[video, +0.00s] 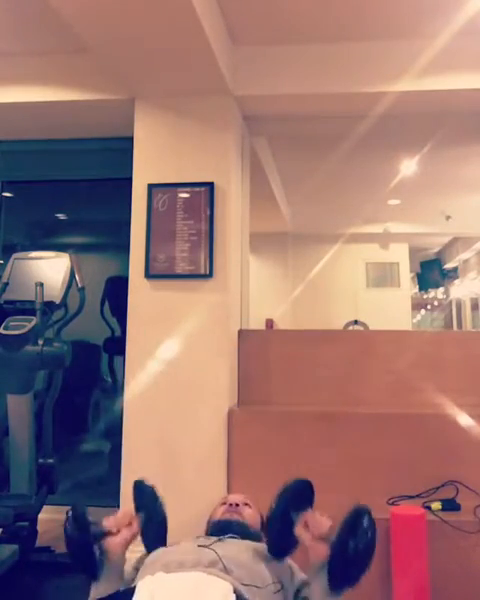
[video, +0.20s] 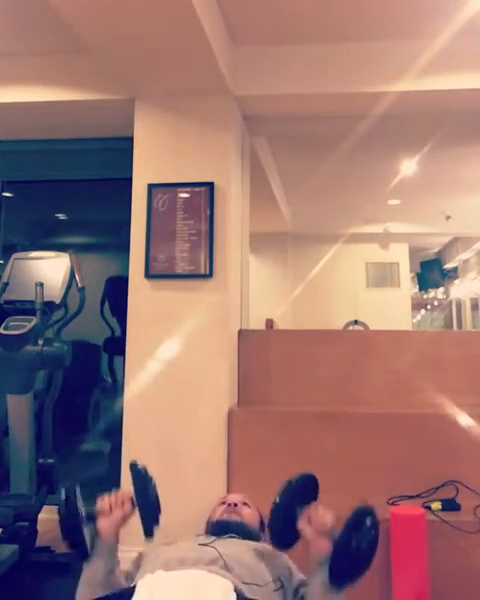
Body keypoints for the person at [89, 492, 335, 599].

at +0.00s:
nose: (233, 504)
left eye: (246, 505)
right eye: (225, 503)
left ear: (261, 525)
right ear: (208, 522)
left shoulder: (272, 555)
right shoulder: (158, 554)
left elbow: (309, 595)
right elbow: (109, 595)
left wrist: (324, 567)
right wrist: (111, 560)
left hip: (220, 589)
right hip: (150, 589)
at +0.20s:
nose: (233, 503)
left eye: (245, 504)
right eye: (224, 503)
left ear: (260, 527)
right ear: (207, 522)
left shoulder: (270, 555)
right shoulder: (156, 551)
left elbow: (310, 595)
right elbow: (94, 595)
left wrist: (322, 554)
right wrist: (106, 538)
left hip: (220, 589)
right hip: (153, 590)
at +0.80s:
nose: (233, 520)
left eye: (246, 520)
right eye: (225, 517)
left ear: (261, 531)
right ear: (210, 525)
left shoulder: (279, 562)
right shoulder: (159, 538)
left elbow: (292, 495)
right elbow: (152, 470)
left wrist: (272, 396)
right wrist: (158, 385)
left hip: (224, 589)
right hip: (150, 588)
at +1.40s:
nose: (229, 503)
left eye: (241, 503)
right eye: (219, 502)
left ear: (256, 526)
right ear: (202, 522)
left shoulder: (271, 555)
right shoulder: (156, 550)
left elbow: (308, 594)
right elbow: (106, 593)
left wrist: (322, 557)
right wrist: (102, 558)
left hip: (221, 588)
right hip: (152, 587)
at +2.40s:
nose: (234, 513)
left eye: (246, 514)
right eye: (225, 512)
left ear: (264, 530)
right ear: (208, 524)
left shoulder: (282, 556)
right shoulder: (154, 548)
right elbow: (127, 498)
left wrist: (289, 418)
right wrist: (147, 405)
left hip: (221, 591)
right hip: (150, 590)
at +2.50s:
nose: (235, 510)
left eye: (246, 511)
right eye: (227, 509)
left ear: (262, 531)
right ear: (207, 524)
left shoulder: (275, 551)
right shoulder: (158, 548)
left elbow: (329, 558)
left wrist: (304, 450)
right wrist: (131, 443)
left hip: (229, 588)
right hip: (153, 586)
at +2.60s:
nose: (236, 507)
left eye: (247, 508)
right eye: (227, 505)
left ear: (263, 531)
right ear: (209, 522)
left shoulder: (274, 550)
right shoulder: (164, 543)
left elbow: (342, 591)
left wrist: (315, 492)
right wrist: (118, 486)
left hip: (229, 590)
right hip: (157, 586)